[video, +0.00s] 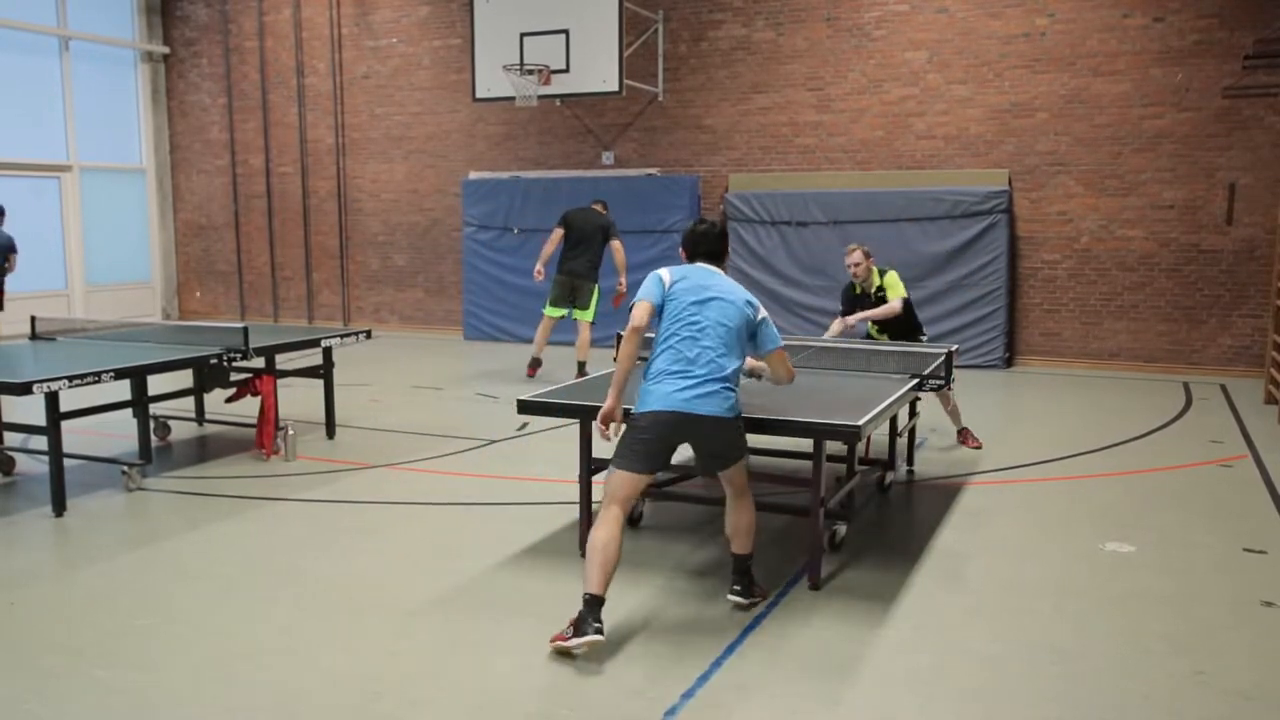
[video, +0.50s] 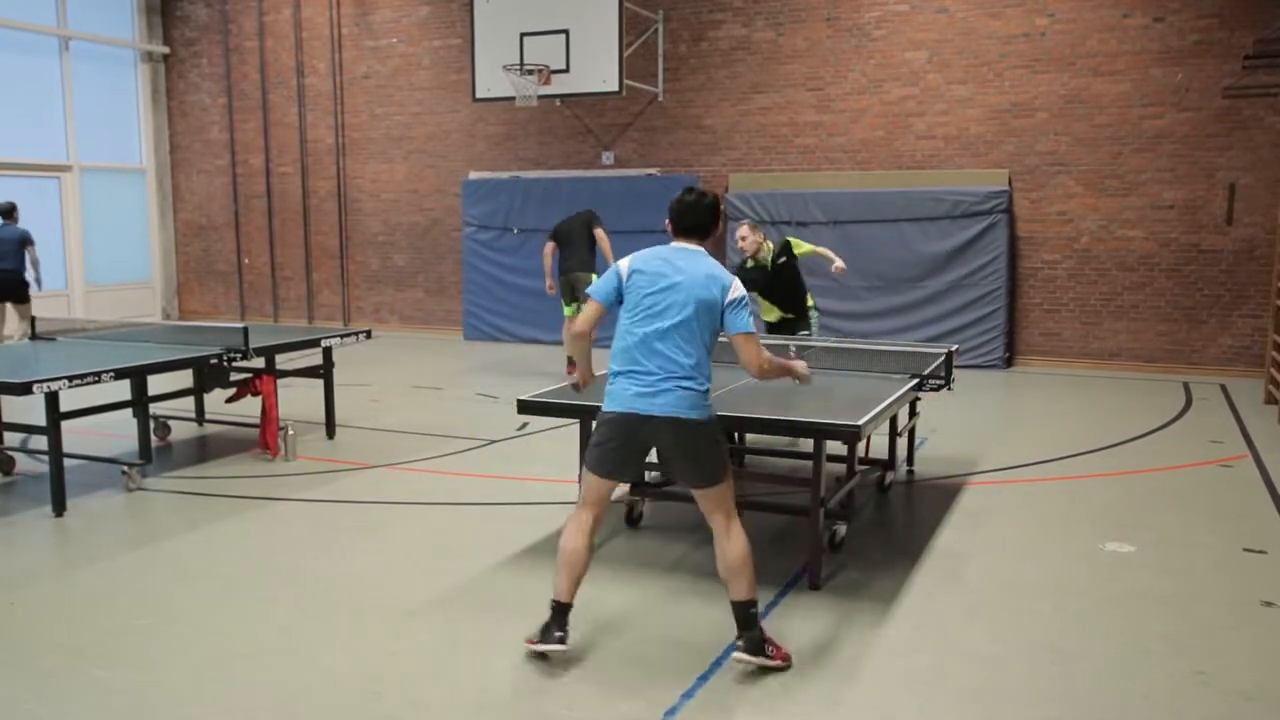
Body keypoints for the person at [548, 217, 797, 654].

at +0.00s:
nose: (681, 258)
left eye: (682, 251)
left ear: (683, 253)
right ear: (727, 256)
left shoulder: (663, 277)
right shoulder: (744, 298)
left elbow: (637, 326)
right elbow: (784, 374)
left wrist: (614, 397)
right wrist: (757, 364)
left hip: (657, 409)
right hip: (716, 413)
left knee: (615, 506)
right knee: (738, 490)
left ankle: (589, 617)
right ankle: (742, 582)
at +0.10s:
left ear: (674, 246)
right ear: (718, 248)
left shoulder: (654, 282)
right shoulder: (741, 296)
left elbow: (631, 344)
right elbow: (769, 373)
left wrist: (605, 409)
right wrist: (747, 362)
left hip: (658, 421)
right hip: (717, 424)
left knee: (616, 515)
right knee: (735, 498)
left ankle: (594, 630)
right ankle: (746, 588)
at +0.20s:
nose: (655, 244)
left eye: (657, 237)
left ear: (660, 242)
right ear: (703, 245)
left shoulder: (633, 282)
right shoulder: (725, 293)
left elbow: (605, 350)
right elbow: (753, 372)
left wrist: (585, 415)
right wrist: (760, 358)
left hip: (647, 427)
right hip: (709, 425)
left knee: (614, 524)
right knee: (729, 502)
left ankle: (599, 641)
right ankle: (750, 587)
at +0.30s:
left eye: (650, 229)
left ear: (653, 234)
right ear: (698, 236)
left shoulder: (621, 275)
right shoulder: (715, 286)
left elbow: (581, 340)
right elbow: (744, 364)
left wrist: (570, 397)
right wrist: (761, 358)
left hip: (633, 419)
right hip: (696, 418)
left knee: (607, 525)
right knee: (727, 503)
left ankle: (598, 642)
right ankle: (755, 597)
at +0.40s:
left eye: (656, 219)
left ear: (657, 224)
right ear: (703, 227)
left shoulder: (622, 263)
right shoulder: (718, 278)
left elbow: (577, 327)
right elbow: (748, 359)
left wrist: (572, 371)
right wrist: (768, 356)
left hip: (625, 410)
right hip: (690, 412)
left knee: (600, 513)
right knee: (724, 503)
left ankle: (591, 634)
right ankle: (745, 607)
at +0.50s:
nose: (725, 233)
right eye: (724, 227)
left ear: (670, 227)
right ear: (717, 230)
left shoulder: (631, 264)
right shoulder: (724, 282)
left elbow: (578, 329)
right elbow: (757, 365)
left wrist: (584, 373)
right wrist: (787, 367)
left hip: (623, 410)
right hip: (687, 416)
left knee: (587, 512)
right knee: (725, 520)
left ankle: (557, 624)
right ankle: (750, 636)